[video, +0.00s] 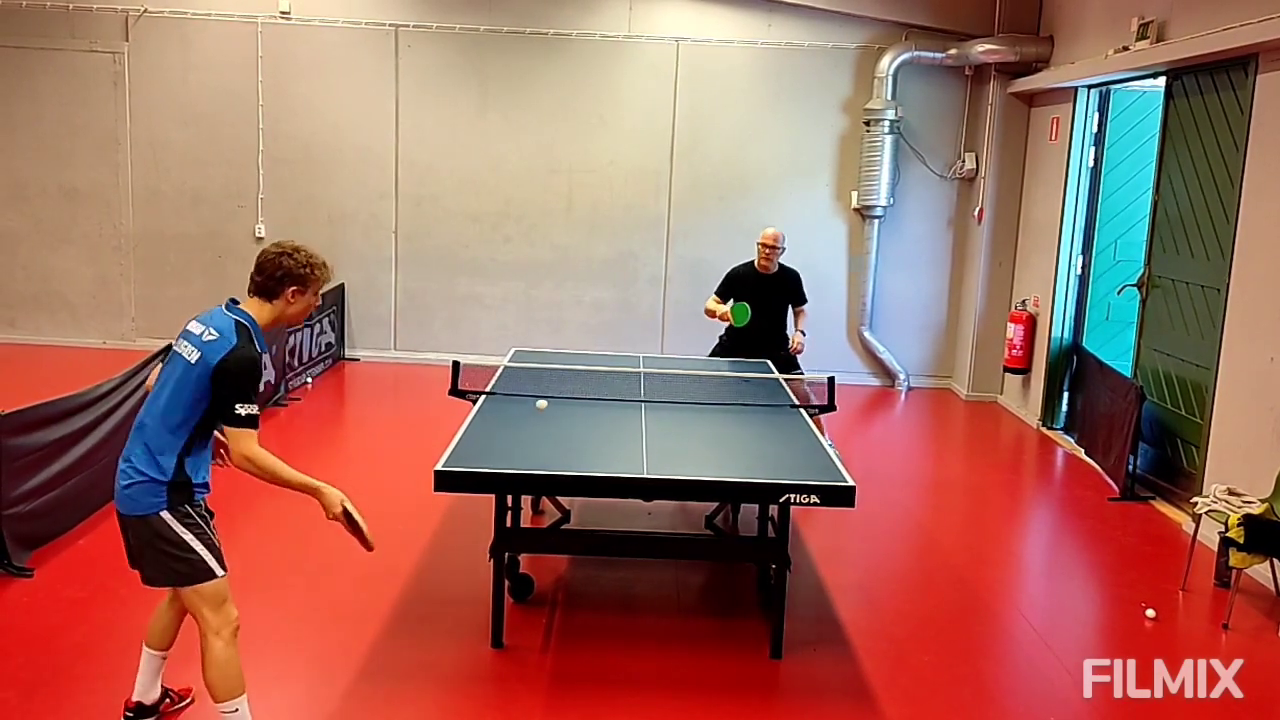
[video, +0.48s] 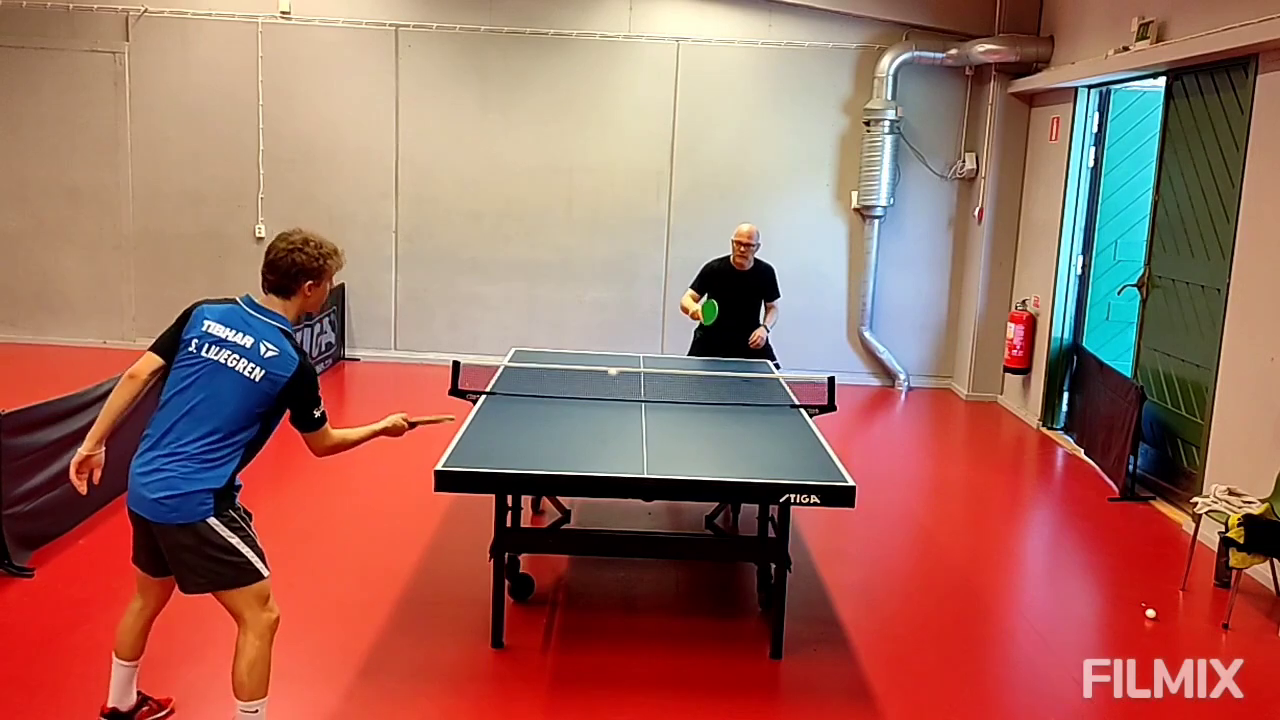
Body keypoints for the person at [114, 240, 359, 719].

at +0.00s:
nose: (311, 308)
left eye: (314, 299)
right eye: (312, 298)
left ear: (264, 286)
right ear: (291, 294)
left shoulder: (213, 319)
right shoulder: (243, 351)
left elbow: (157, 382)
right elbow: (243, 453)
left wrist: (206, 431)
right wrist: (318, 489)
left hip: (145, 484)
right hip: (165, 496)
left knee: (181, 594)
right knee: (220, 621)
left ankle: (145, 699)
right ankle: (239, 717)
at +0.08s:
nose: (319, 314)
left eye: (322, 304)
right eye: (319, 303)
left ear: (269, 290)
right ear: (295, 298)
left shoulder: (212, 320)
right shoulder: (252, 356)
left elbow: (153, 380)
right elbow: (264, 460)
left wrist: (200, 431)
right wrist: (342, 490)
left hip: (136, 484)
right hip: (163, 497)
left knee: (176, 593)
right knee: (218, 623)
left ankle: (144, 698)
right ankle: (237, 717)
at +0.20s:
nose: (329, 322)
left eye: (332, 312)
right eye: (328, 311)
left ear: (280, 299)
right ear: (299, 306)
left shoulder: (209, 323)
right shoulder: (272, 371)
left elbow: (143, 377)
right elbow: (298, 466)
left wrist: (173, 438)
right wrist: (375, 484)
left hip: (126, 485)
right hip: (163, 499)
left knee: (169, 589)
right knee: (232, 620)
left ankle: (143, 699)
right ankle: (242, 717)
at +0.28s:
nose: (339, 320)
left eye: (341, 311)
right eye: (337, 310)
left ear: (291, 301)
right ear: (310, 310)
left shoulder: (212, 323)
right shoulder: (286, 380)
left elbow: (139, 378)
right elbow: (318, 460)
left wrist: (135, 447)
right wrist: (390, 461)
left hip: (129, 491)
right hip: (175, 504)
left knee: (161, 592)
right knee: (249, 618)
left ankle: (143, 700)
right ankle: (249, 718)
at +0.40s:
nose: (336, 302)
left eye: (337, 293)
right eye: (335, 294)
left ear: (276, 284)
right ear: (313, 298)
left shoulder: (209, 317)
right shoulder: (294, 370)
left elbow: (141, 374)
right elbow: (324, 445)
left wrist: (103, 439)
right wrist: (387, 435)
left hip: (142, 492)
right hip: (195, 505)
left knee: (150, 595)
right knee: (261, 617)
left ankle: (136, 700)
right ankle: (252, 717)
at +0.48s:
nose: (327, 294)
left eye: (329, 285)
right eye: (326, 285)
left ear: (269, 276)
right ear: (307, 288)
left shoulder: (203, 313)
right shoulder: (292, 363)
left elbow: (139, 373)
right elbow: (322, 442)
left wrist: (94, 441)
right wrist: (379, 428)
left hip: (144, 489)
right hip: (198, 503)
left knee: (148, 595)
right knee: (258, 618)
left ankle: (120, 704)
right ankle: (252, 718)